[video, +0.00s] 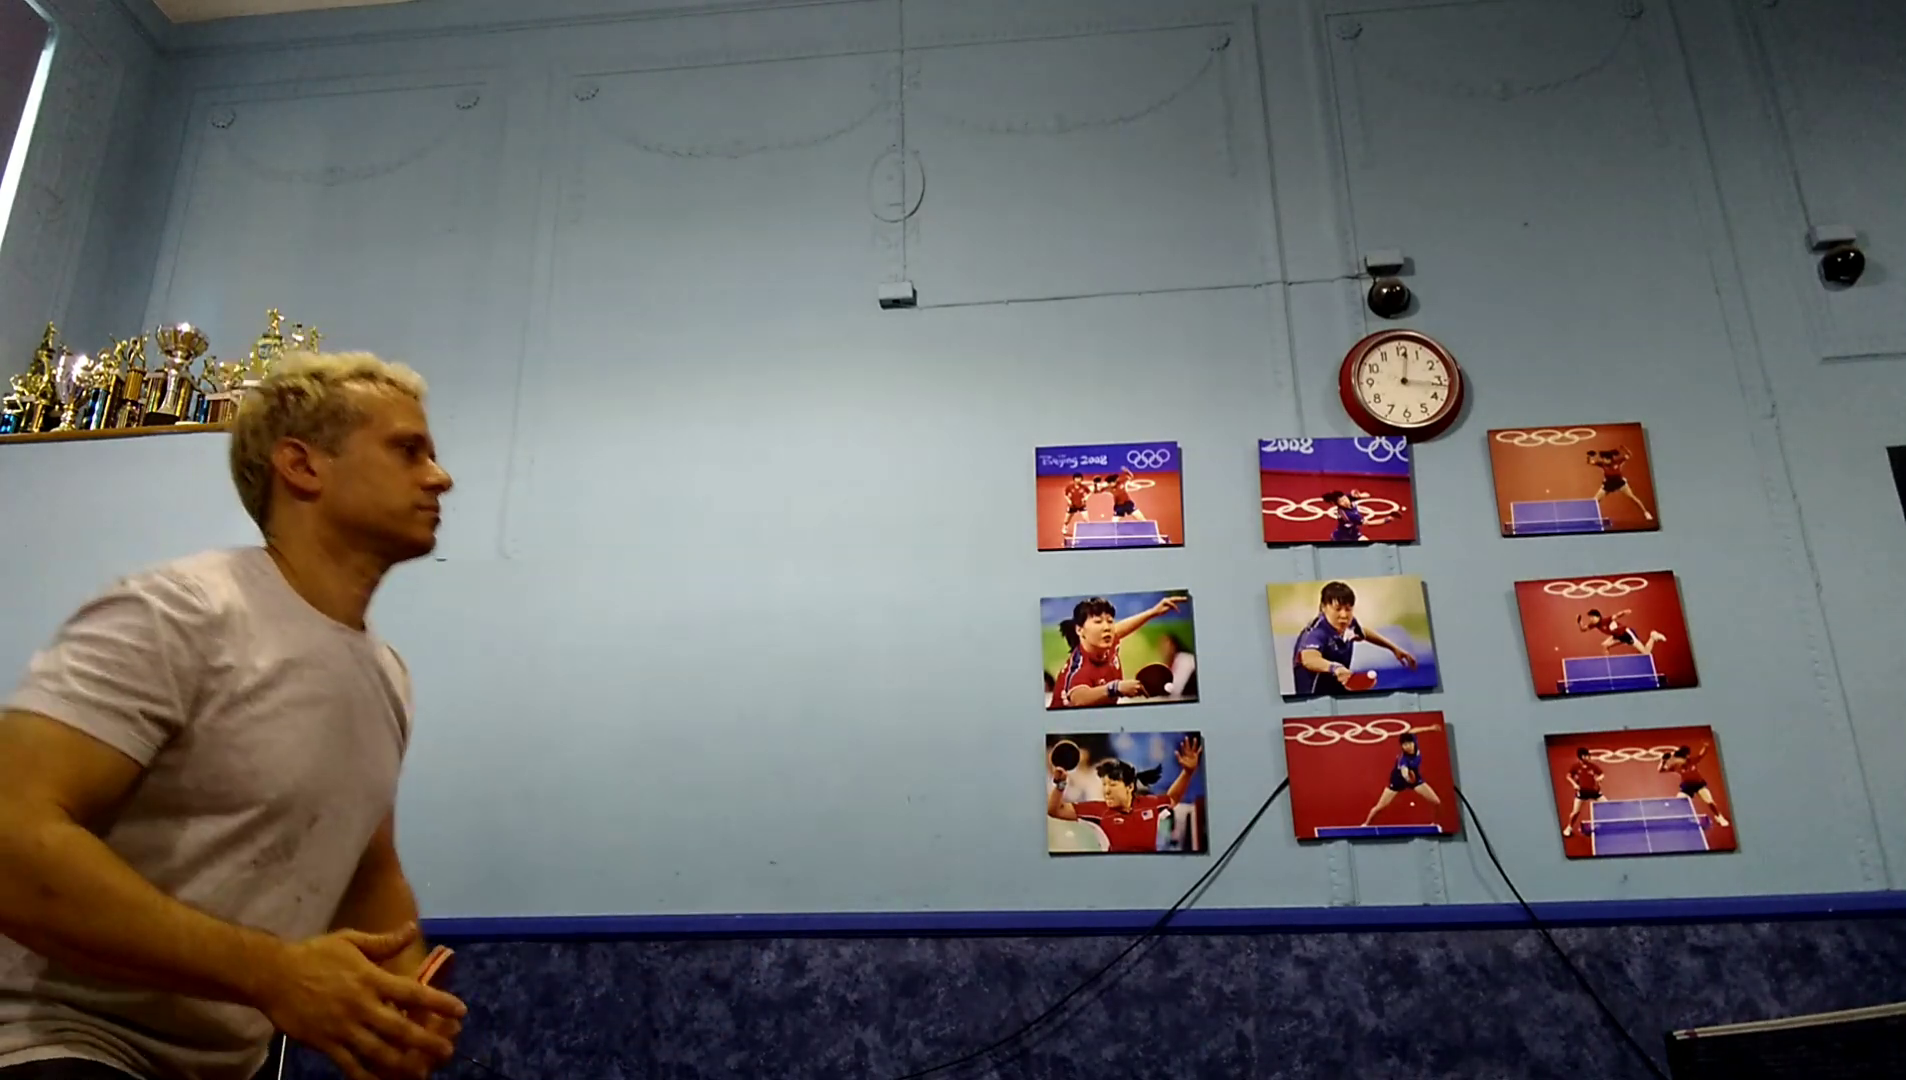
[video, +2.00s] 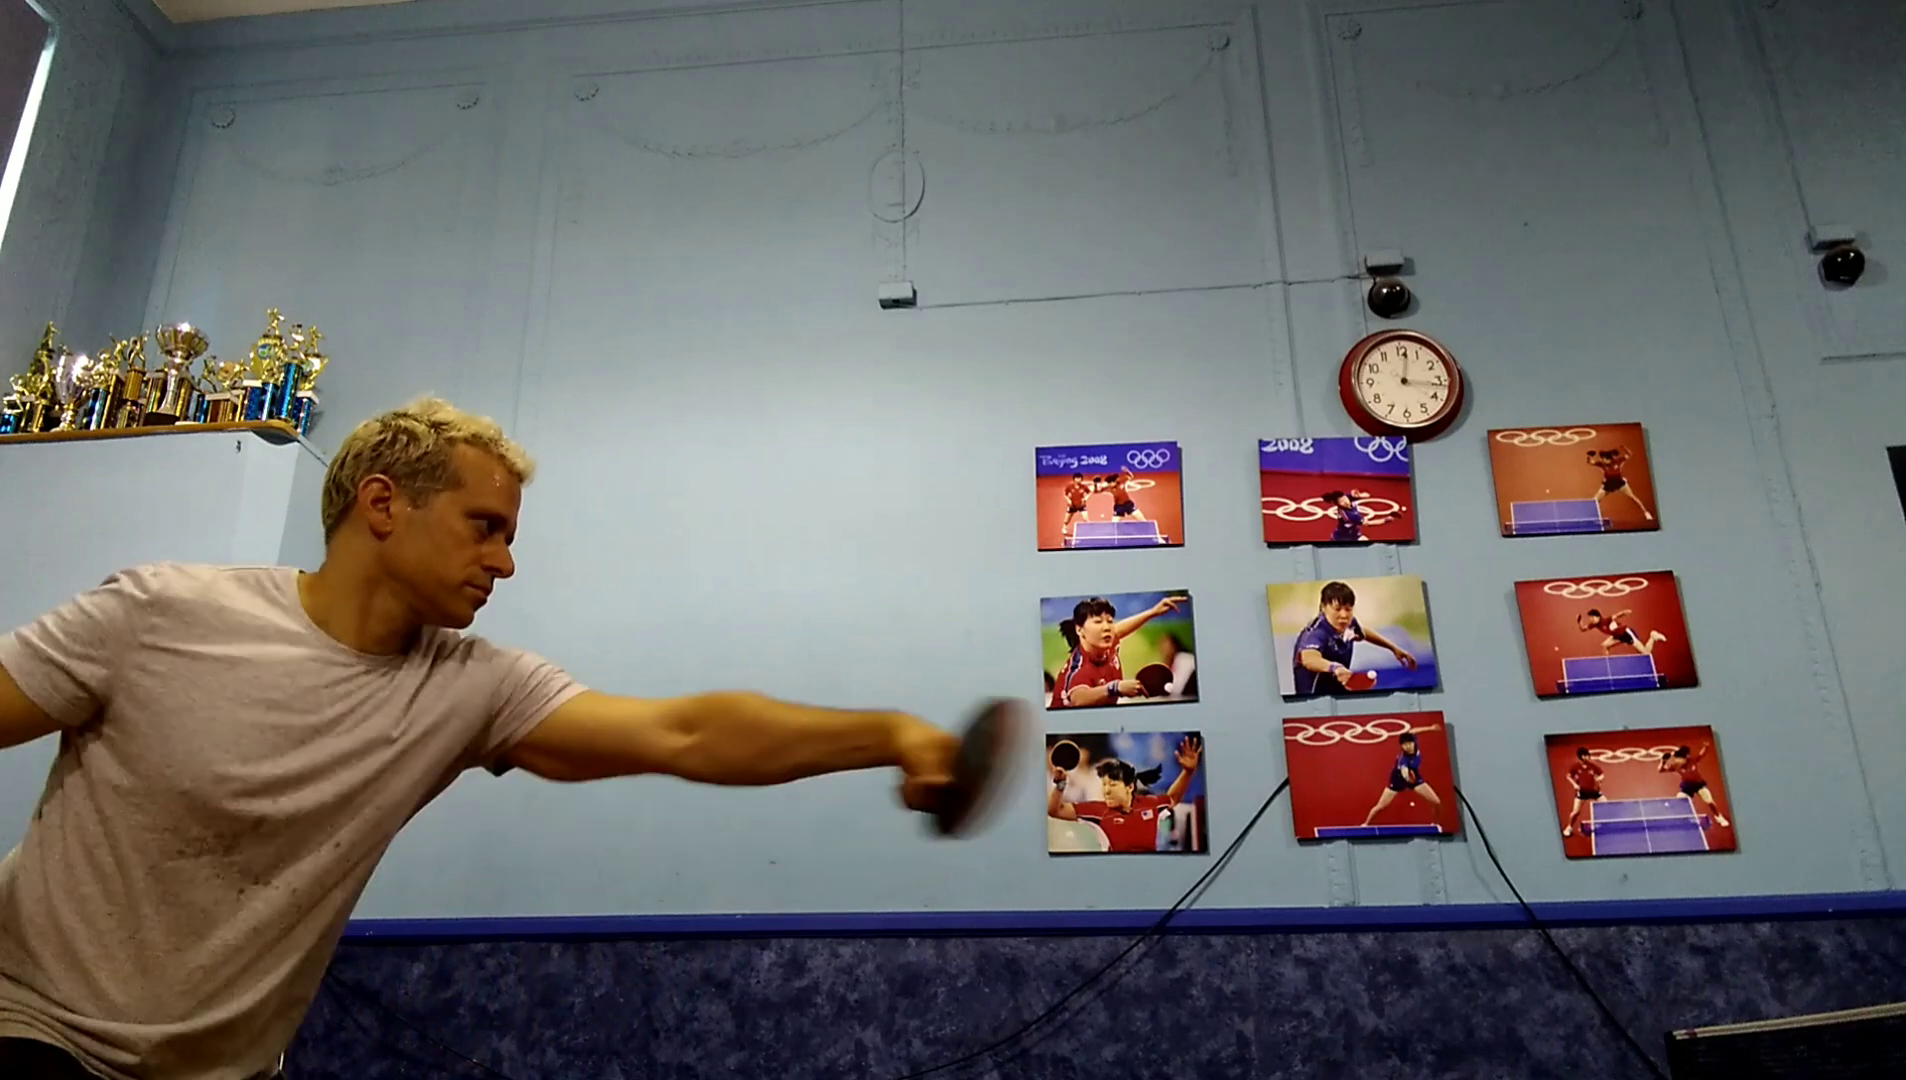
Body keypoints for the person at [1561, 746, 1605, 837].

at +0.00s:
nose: (1588, 758)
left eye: (1588, 755)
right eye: (1586, 756)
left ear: (1588, 756)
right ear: (1581, 757)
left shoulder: (1592, 766)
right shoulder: (1576, 767)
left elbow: (1602, 774)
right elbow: (1568, 776)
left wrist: (1598, 779)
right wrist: (1574, 784)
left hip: (1594, 791)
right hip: (1582, 791)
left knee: (1607, 806)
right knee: (1576, 812)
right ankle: (1569, 827)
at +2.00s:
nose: (1587, 758)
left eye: (1588, 755)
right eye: (1585, 755)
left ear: (1589, 756)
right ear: (1581, 757)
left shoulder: (1592, 766)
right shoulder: (1576, 766)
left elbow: (1602, 774)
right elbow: (1568, 776)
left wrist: (1598, 779)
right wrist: (1574, 785)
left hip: (1594, 791)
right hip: (1582, 791)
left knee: (1606, 806)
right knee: (1576, 811)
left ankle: (1606, 826)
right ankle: (1569, 827)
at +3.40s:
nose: (1587, 758)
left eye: (1588, 755)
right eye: (1585, 755)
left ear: (1589, 756)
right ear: (1581, 757)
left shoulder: (1592, 766)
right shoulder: (1576, 767)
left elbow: (1602, 774)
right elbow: (1568, 776)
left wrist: (1598, 779)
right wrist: (1574, 785)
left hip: (1594, 791)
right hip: (1582, 791)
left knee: (1606, 806)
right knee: (1576, 811)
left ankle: (1606, 826)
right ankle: (1569, 827)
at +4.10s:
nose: (1587, 758)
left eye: (1588, 755)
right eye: (1585, 755)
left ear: (1589, 756)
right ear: (1581, 757)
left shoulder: (1592, 766)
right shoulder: (1576, 766)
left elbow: (1602, 774)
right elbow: (1568, 776)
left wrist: (1598, 779)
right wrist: (1574, 785)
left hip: (1594, 791)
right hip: (1582, 791)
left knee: (1606, 806)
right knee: (1576, 812)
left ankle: (1606, 826)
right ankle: (1569, 827)